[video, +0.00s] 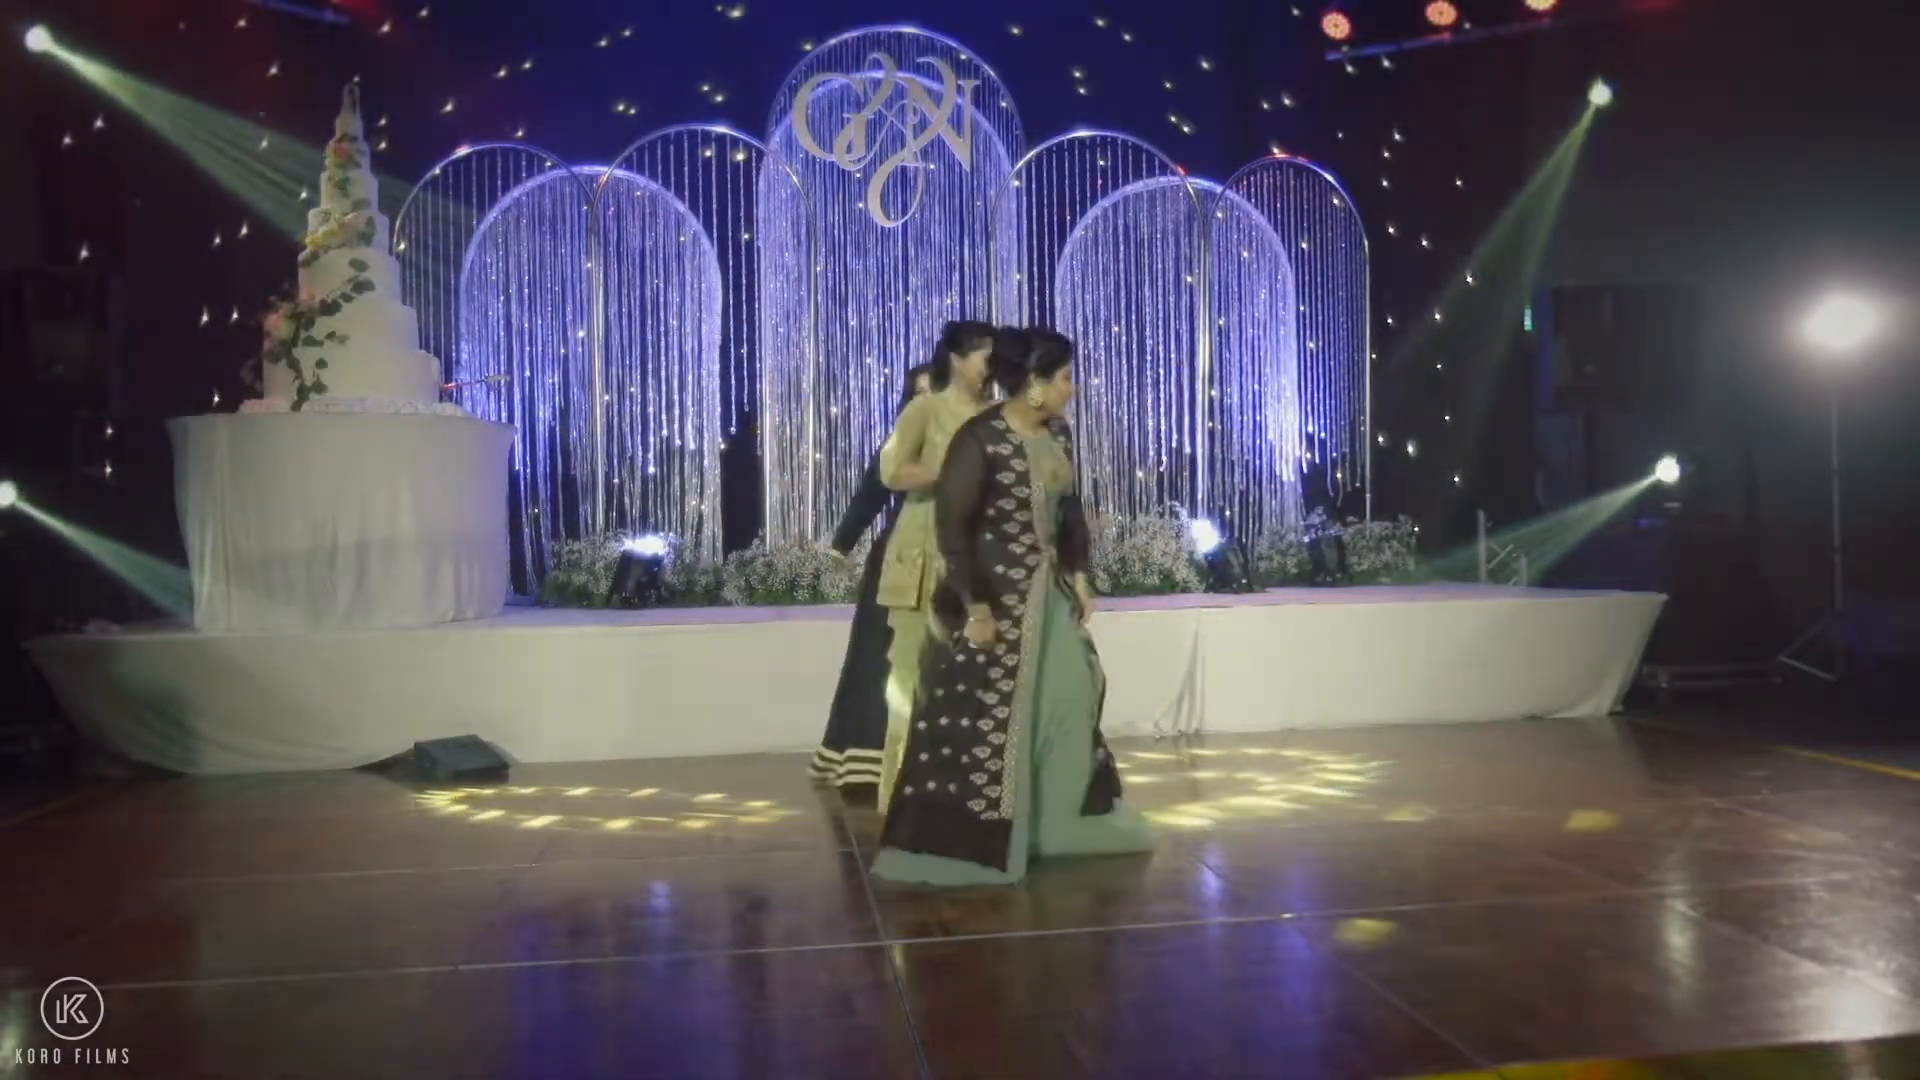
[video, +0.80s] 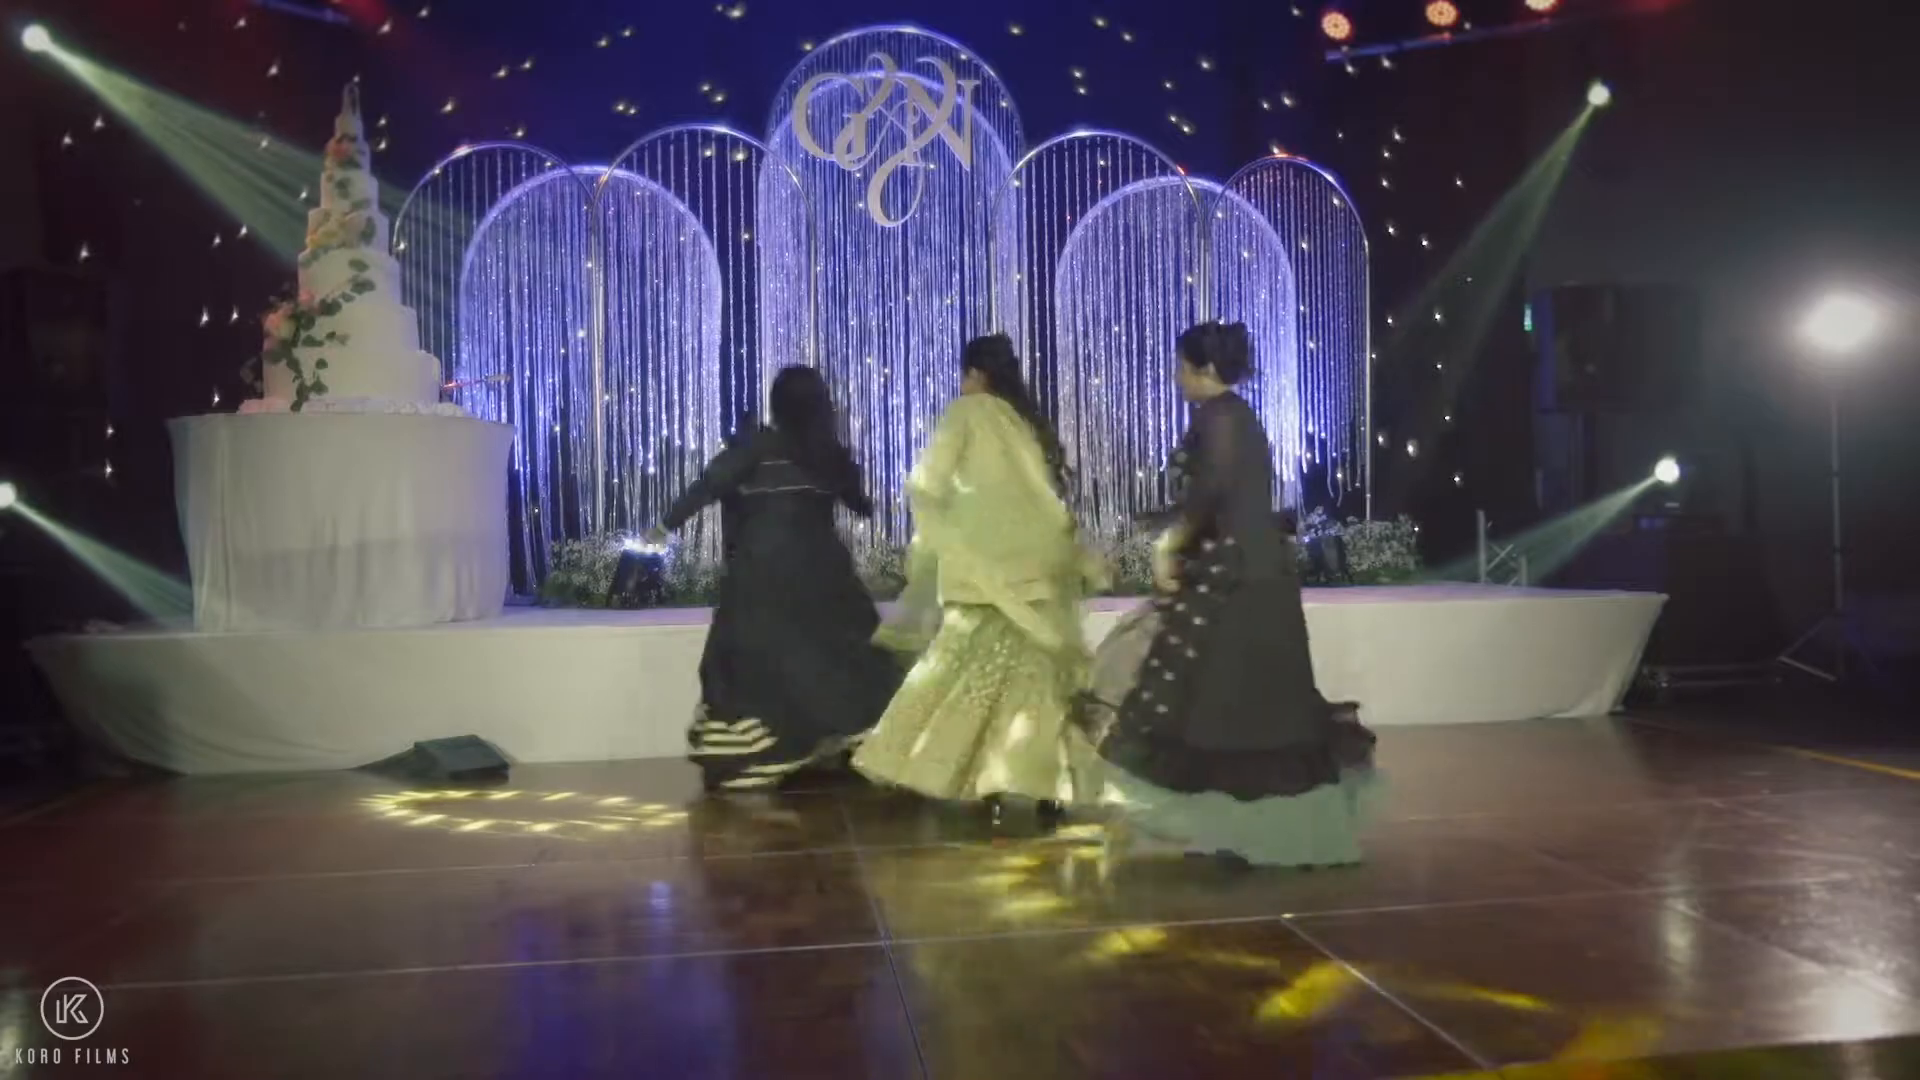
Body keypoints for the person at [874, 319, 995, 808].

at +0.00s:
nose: (988, 366)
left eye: (992, 358)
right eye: (981, 357)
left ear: (991, 362)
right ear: (956, 359)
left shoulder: (996, 415)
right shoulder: (924, 409)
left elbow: (1008, 478)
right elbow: (892, 471)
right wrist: (951, 477)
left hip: (976, 565)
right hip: (918, 565)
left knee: (969, 685)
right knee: (911, 685)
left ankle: (960, 799)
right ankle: (898, 798)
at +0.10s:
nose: (1000, 371)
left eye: (1001, 361)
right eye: (993, 361)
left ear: (979, 364)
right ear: (966, 360)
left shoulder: (991, 418)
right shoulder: (929, 407)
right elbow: (930, 452)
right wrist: (991, 430)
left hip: (974, 565)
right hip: (922, 565)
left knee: (965, 692)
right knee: (909, 690)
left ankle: (949, 812)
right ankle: (894, 806)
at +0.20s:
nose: (1007, 374)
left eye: (1006, 364)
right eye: (1002, 363)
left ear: (981, 365)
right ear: (979, 362)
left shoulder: (984, 423)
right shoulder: (946, 410)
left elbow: (1023, 492)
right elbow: (975, 446)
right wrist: (1023, 412)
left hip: (968, 595)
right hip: (923, 592)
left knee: (959, 708)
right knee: (921, 704)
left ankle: (945, 816)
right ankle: (904, 814)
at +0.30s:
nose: (1010, 379)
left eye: (1010, 370)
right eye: (1008, 369)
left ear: (966, 367)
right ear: (994, 368)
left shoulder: (938, 417)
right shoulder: (974, 416)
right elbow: (1017, 461)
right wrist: (1058, 428)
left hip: (923, 573)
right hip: (958, 576)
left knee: (918, 680)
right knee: (952, 686)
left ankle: (898, 788)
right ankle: (921, 795)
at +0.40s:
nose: (1011, 389)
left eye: (1010, 380)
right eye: (1010, 381)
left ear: (967, 378)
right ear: (999, 384)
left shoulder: (939, 427)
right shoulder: (994, 433)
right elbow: (1040, 488)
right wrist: (1076, 481)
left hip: (929, 577)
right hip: (979, 578)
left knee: (933, 680)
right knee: (983, 685)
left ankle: (906, 784)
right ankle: (953, 792)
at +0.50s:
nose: (1006, 392)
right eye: (1007, 385)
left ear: (965, 385)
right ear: (1007, 389)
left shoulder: (934, 436)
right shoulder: (1012, 442)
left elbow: (908, 516)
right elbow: (1053, 509)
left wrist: (889, 584)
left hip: (930, 582)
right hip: (989, 581)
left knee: (930, 680)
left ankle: (916, 785)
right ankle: (979, 785)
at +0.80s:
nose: (962, 383)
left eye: (965, 375)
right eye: (964, 375)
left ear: (978, 375)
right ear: (1009, 377)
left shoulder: (965, 412)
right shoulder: (1031, 424)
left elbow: (927, 480)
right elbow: (1053, 505)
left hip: (978, 571)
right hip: (1037, 571)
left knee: (971, 678)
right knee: (1037, 677)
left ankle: (979, 791)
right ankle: (1045, 788)